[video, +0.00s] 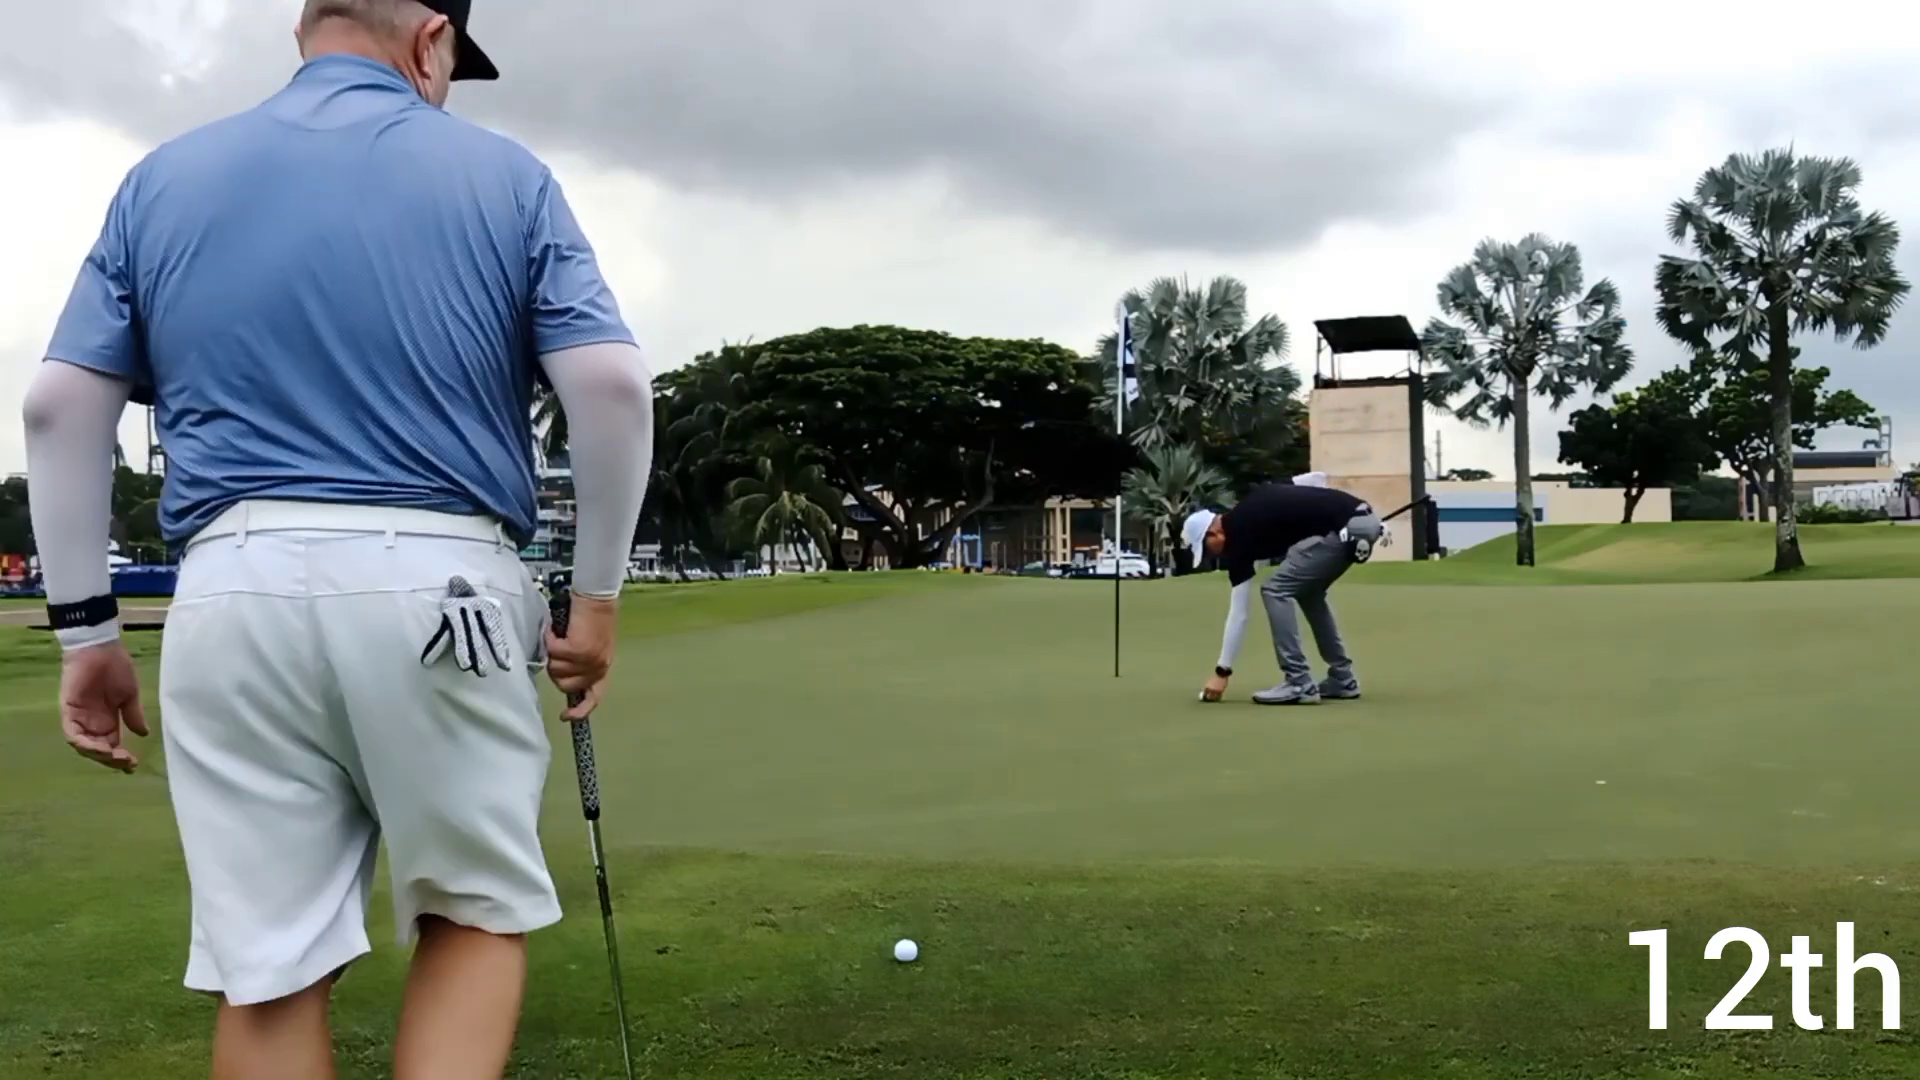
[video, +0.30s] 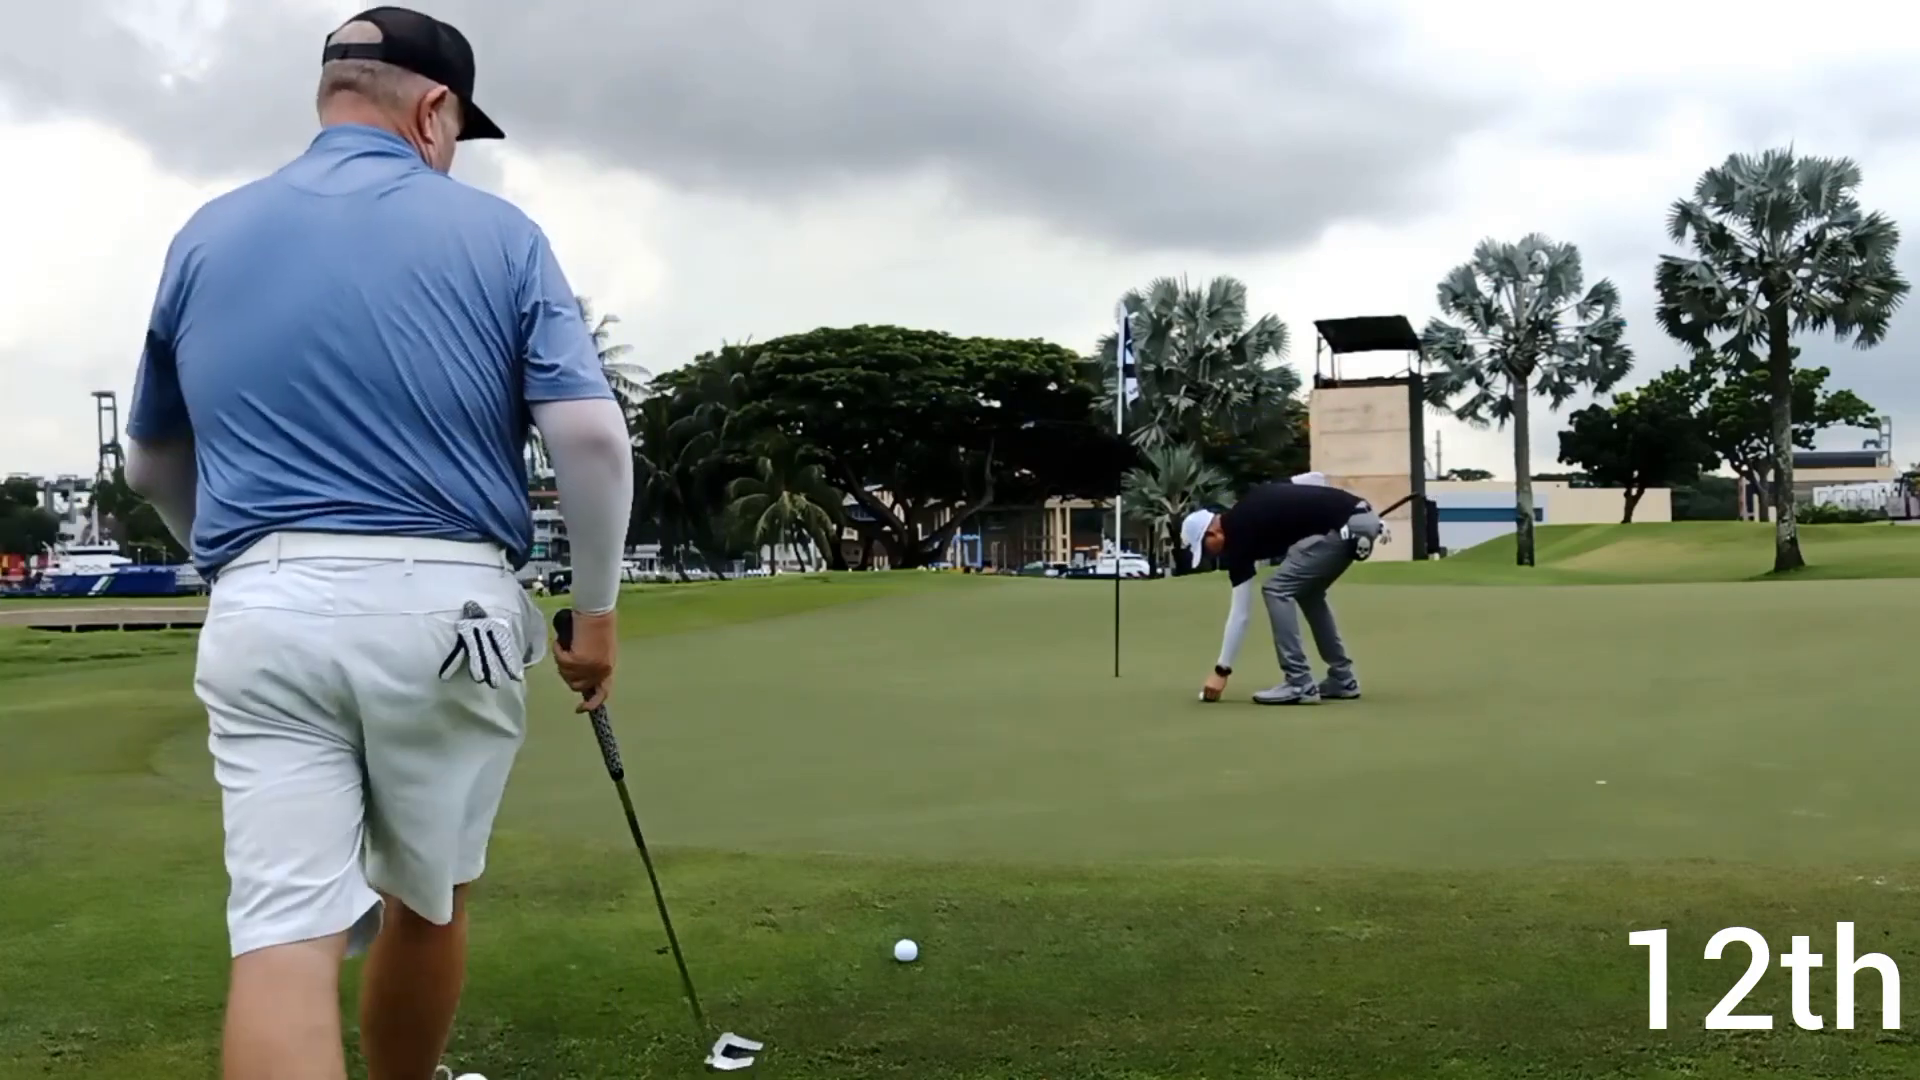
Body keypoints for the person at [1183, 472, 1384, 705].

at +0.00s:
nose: (1212, 556)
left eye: (1207, 549)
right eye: (1206, 552)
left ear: (1214, 532)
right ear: (1217, 524)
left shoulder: (1236, 542)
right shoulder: (1259, 499)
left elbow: (1238, 614)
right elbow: (1316, 478)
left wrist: (1221, 673)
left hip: (1343, 531)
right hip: (1361, 520)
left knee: (1275, 591)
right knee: (1310, 594)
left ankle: (1299, 682)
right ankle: (1342, 678)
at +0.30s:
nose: (1211, 555)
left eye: (1206, 548)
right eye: (1205, 552)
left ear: (1213, 532)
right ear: (1215, 524)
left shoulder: (1236, 541)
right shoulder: (1257, 498)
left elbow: (1239, 614)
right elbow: (1315, 478)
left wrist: (1221, 672)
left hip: (1343, 529)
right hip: (1360, 517)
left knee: (1277, 590)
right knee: (1310, 594)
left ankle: (1299, 682)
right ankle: (1342, 678)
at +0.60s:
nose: (1217, 554)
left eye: (1212, 548)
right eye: (1211, 551)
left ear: (1217, 530)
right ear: (1219, 522)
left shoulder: (1240, 538)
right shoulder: (1262, 498)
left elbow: (1241, 612)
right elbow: (1321, 478)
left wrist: (1220, 670)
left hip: (1349, 530)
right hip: (1366, 519)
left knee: (1279, 590)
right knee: (1312, 593)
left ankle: (1299, 683)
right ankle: (1342, 679)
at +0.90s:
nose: (1220, 534)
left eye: (1215, 528)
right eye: (1214, 532)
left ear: (1224, 512)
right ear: (1227, 505)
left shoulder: (1247, 524)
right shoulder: (1270, 488)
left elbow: (1245, 596)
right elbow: (1336, 480)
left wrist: (1229, 654)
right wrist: (1369, 511)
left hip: (1351, 529)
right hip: (1369, 520)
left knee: (1285, 590)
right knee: (1315, 593)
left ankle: (1299, 682)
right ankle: (1342, 678)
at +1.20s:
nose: (1238, 440)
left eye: (1238, 432)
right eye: (1235, 435)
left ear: (1255, 418)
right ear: (1254, 420)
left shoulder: (1285, 437)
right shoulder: (1282, 435)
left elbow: (1319, 498)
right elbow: (1320, 494)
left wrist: (1316, 559)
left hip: (1356, 506)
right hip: (1352, 505)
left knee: (1319, 583)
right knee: (1327, 588)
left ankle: (1305, 671)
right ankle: (1343, 678)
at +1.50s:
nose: (1306, 371)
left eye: (1312, 362)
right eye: (1299, 365)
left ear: (1328, 360)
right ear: (1294, 370)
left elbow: (1398, 442)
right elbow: (1306, 466)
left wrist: (1416, 493)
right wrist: (1308, 518)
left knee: (1377, 577)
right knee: (1336, 589)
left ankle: (1403, 667)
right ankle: (1344, 677)